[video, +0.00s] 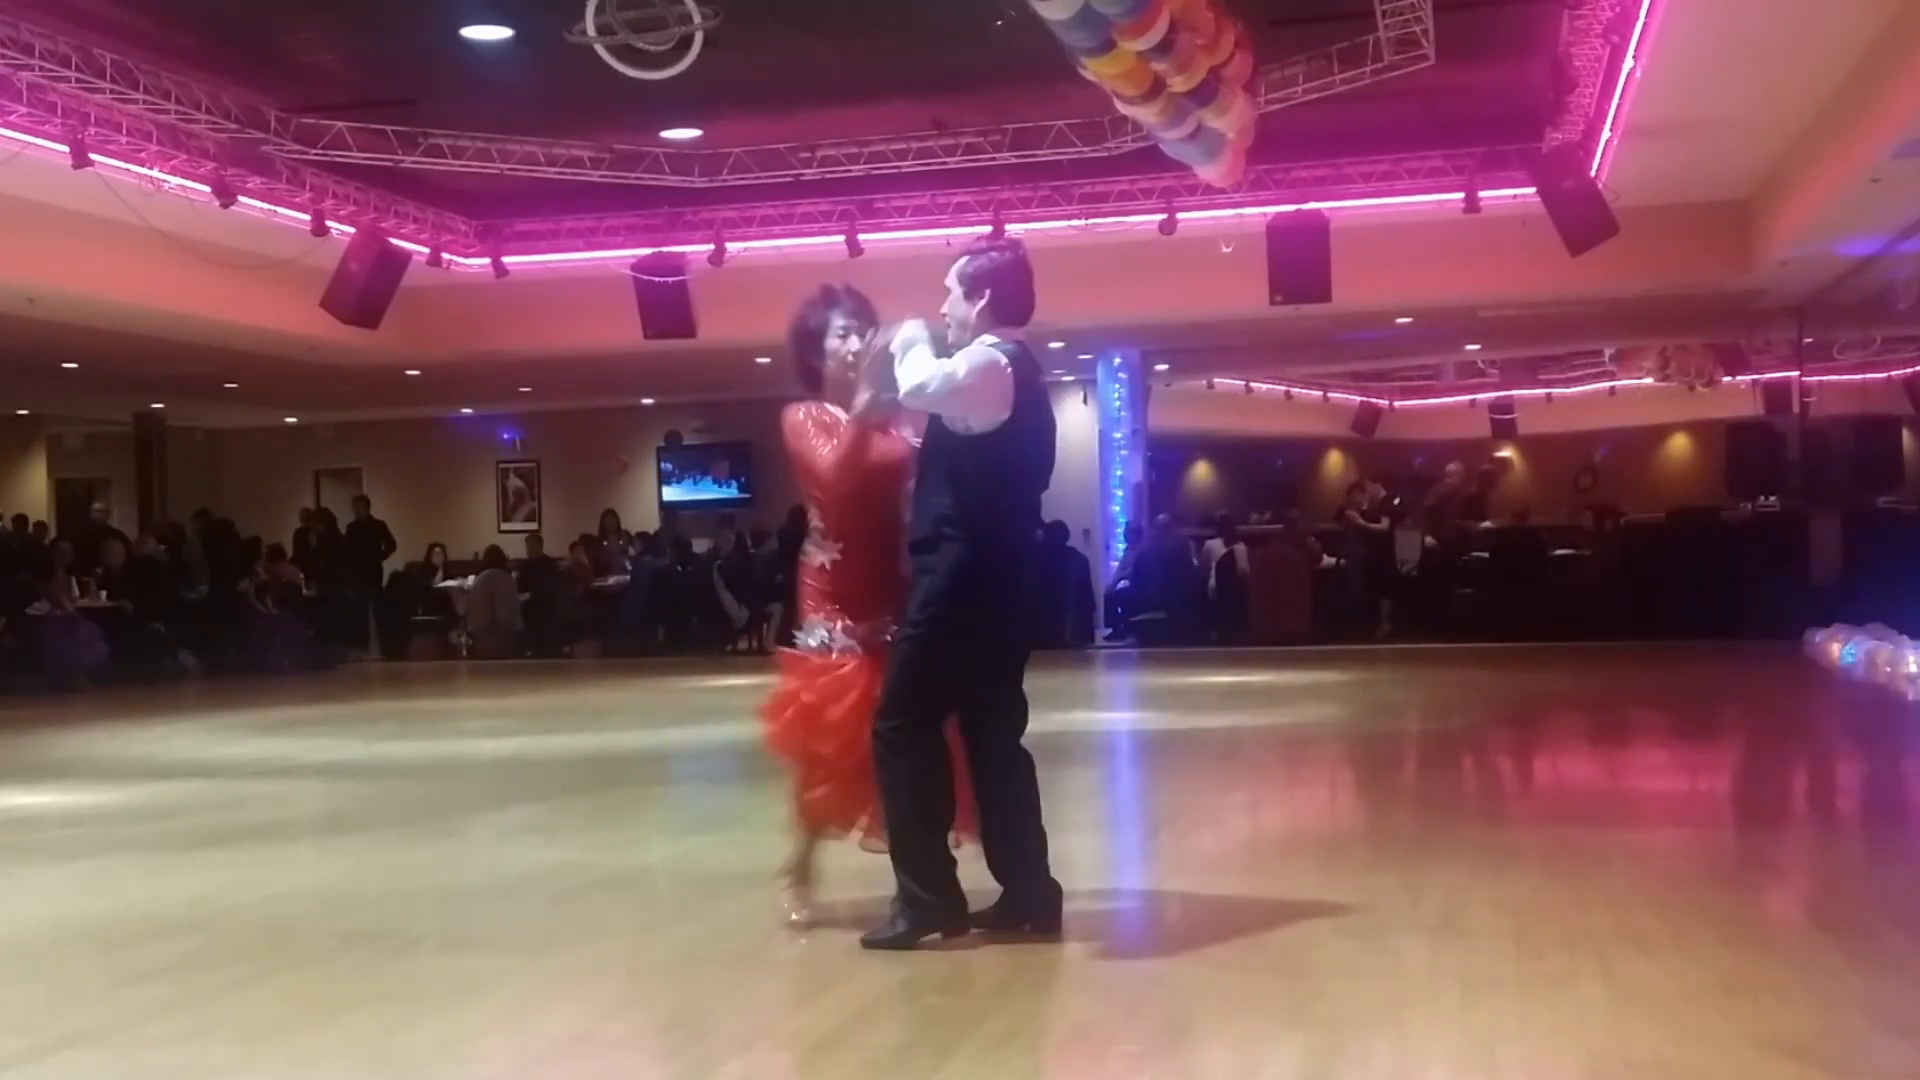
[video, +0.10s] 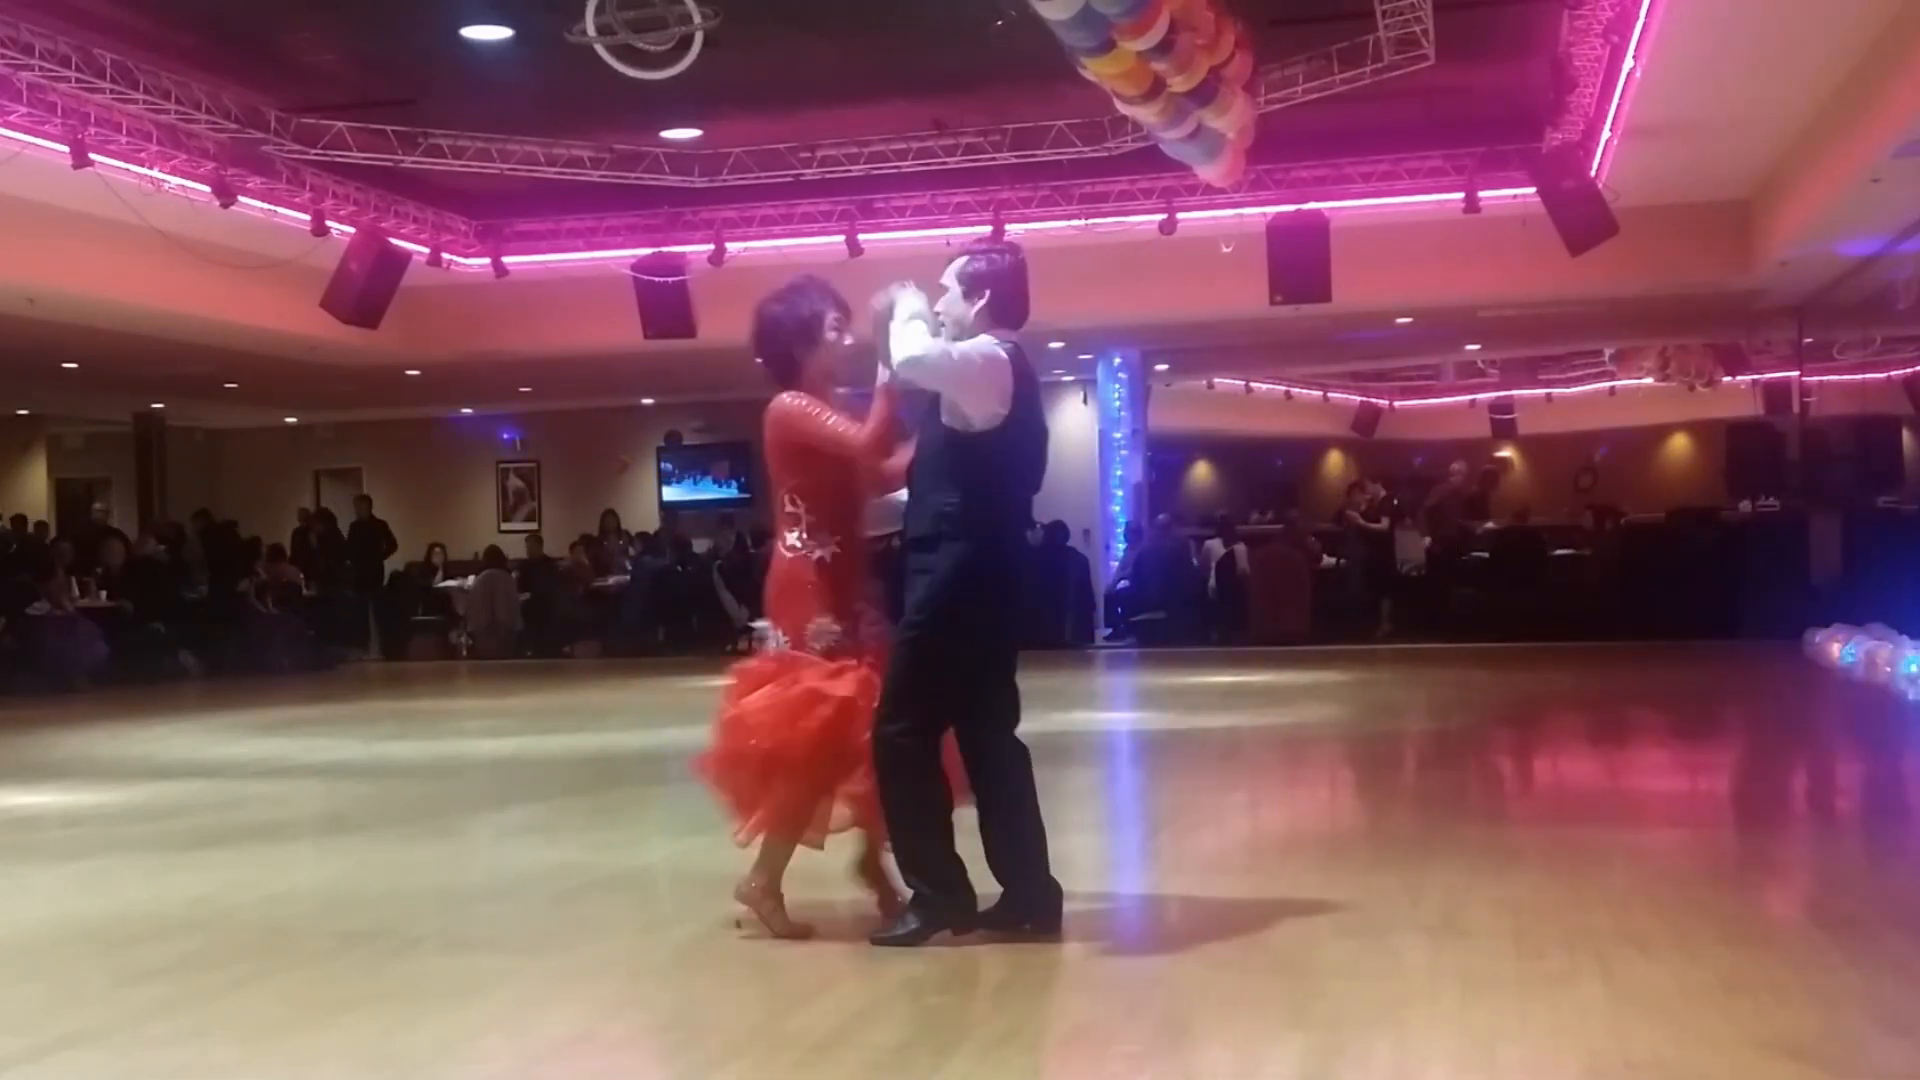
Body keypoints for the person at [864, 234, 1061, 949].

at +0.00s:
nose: (942, 306)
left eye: (950, 294)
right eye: (946, 294)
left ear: (981, 297)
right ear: (1005, 299)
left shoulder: (985, 362)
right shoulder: (1018, 361)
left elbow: (901, 388)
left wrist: (909, 344)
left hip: (962, 571)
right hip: (1002, 569)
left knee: (901, 725)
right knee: (994, 729)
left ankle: (927, 898)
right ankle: (1029, 895)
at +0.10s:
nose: (937, 302)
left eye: (947, 291)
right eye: (941, 292)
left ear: (978, 296)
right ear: (997, 300)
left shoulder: (986, 357)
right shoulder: (999, 360)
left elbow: (910, 357)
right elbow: (944, 468)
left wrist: (905, 306)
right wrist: (859, 490)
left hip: (957, 567)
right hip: (987, 565)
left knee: (901, 731)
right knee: (988, 730)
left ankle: (939, 897)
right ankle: (1031, 896)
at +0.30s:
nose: (908, 296)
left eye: (921, 286)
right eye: (913, 285)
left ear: (958, 298)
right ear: (964, 299)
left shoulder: (958, 356)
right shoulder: (966, 367)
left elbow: (865, 310)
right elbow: (917, 490)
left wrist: (830, 242)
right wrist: (833, 533)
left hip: (933, 574)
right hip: (958, 572)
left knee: (909, 740)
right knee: (963, 730)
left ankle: (944, 899)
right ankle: (1029, 885)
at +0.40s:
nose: (891, 296)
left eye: (905, 285)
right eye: (895, 284)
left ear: (942, 296)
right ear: (949, 300)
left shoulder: (946, 356)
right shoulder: (951, 364)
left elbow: (839, 303)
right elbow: (921, 497)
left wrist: (779, 238)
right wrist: (842, 539)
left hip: (925, 575)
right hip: (934, 571)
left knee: (907, 731)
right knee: (924, 721)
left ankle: (943, 898)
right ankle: (1011, 861)